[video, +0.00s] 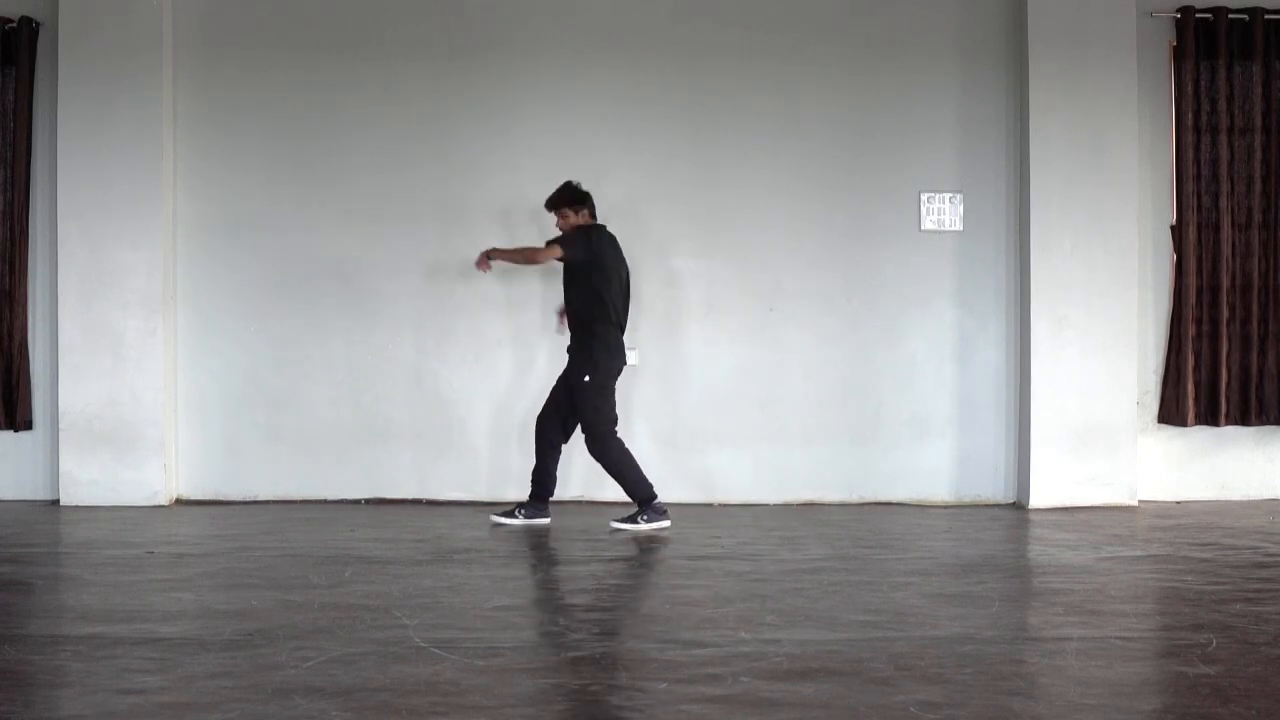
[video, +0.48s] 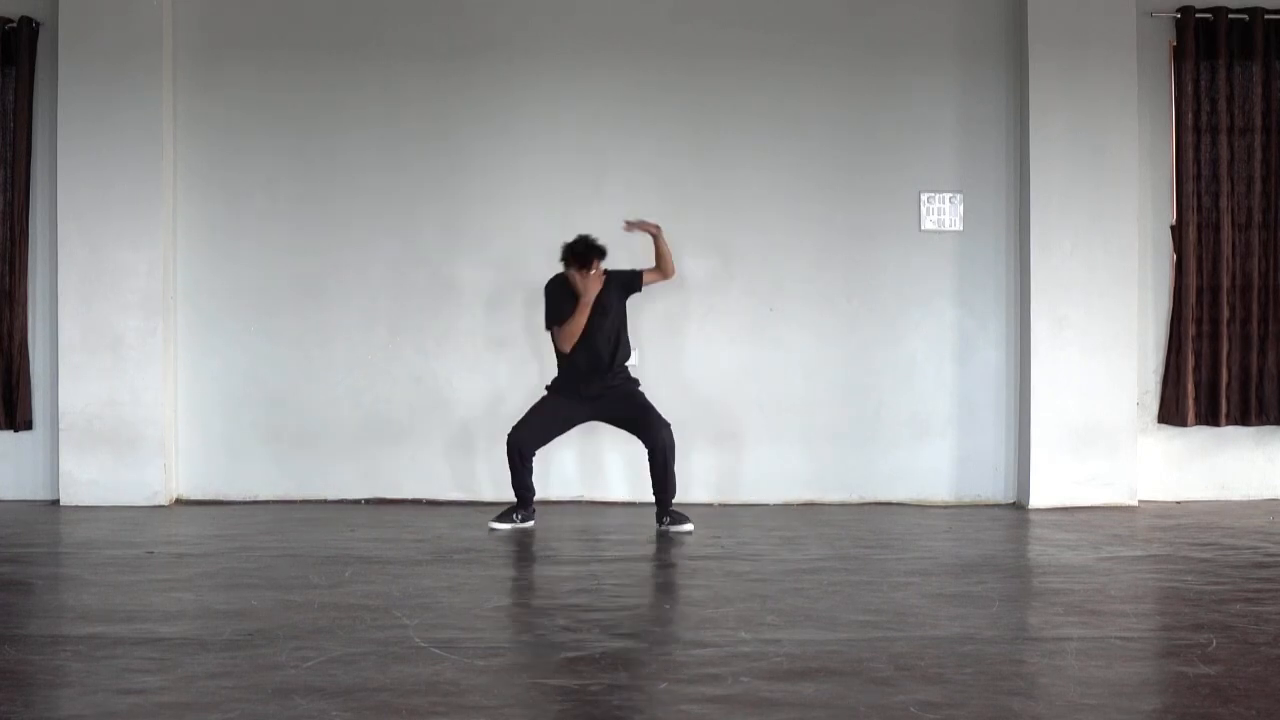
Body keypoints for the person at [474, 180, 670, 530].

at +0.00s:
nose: (557, 224)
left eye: (561, 216)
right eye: (556, 217)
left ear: (580, 212)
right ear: (585, 215)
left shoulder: (586, 238)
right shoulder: (605, 242)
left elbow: (540, 255)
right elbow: (610, 294)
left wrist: (494, 253)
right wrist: (574, 311)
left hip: (595, 355)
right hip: (593, 355)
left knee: (600, 438)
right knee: (549, 426)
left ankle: (652, 507)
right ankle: (537, 505)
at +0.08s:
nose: (568, 217)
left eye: (575, 210)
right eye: (566, 210)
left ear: (595, 209)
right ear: (565, 213)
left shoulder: (604, 235)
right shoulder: (581, 250)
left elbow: (583, 260)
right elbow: (565, 295)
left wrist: (526, 263)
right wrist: (542, 269)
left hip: (605, 351)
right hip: (581, 352)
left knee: (609, 437)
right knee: (548, 426)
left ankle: (653, 507)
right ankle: (537, 505)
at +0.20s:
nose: (575, 210)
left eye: (580, 203)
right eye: (572, 204)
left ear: (599, 202)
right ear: (576, 208)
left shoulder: (622, 237)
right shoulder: (571, 239)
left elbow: (619, 230)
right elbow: (542, 264)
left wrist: (576, 199)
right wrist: (565, 215)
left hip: (611, 358)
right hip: (571, 357)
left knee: (626, 436)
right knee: (539, 424)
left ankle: (656, 508)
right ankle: (538, 505)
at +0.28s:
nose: (612, 216)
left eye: (609, 209)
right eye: (605, 208)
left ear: (613, 212)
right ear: (590, 212)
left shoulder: (626, 245)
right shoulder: (573, 241)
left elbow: (644, 220)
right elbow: (557, 270)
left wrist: (611, 186)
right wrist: (588, 225)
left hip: (615, 366)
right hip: (568, 365)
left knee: (646, 436)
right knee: (529, 427)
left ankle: (662, 508)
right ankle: (535, 506)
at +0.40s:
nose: (607, 258)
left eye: (612, 253)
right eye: (602, 251)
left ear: (621, 248)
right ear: (589, 245)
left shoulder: (624, 267)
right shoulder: (573, 266)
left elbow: (664, 240)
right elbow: (571, 315)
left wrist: (630, 205)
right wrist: (603, 274)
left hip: (615, 382)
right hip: (568, 383)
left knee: (658, 430)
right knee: (521, 437)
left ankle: (666, 511)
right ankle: (526, 508)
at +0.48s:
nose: (589, 277)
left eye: (594, 271)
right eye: (582, 272)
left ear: (601, 266)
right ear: (569, 269)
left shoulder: (615, 282)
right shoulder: (558, 288)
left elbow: (665, 271)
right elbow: (563, 343)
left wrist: (657, 235)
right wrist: (587, 298)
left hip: (616, 393)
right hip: (569, 395)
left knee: (660, 433)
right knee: (519, 441)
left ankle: (665, 512)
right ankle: (524, 509)